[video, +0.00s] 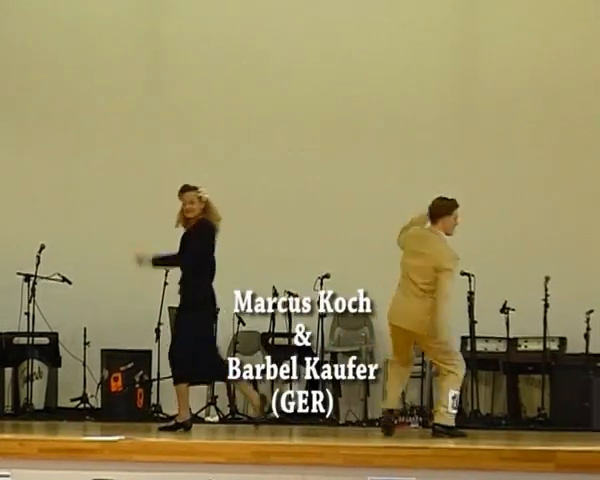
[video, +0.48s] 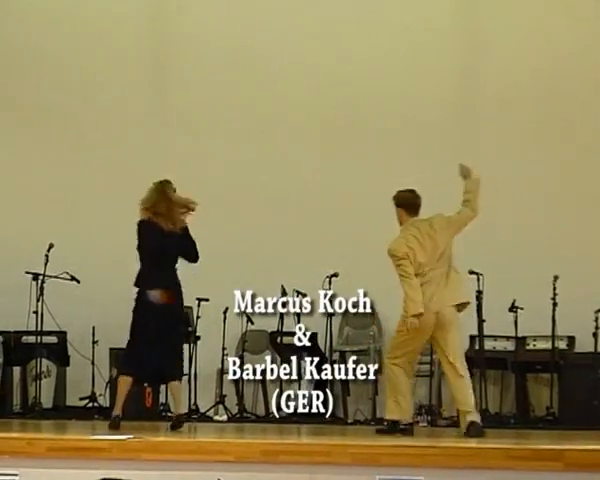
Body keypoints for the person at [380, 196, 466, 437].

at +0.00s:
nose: (457, 222)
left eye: (456, 217)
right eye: (454, 217)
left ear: (431, 218)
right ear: (443, 219)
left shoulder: (412, 237)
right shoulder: (446, 255)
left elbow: (403, 233)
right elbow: (442, 300)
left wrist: (423, 217)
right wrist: (443, 334)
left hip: (398, 316)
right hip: (425, 322)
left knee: (400, 361)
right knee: (454, 366)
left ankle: (389, 411)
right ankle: (444, 421)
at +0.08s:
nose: (461, 220)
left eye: (460, 216)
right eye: (461, 216)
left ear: (438, 215)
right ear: (456, 218)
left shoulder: (417, 238)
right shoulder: (457, 252)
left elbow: (397, 262)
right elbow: (466, 292)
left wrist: (416, 252)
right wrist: (477, 321)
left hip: (407, 314)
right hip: (437, 319)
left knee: (403, 359)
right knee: (460, 368)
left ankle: (398, 414)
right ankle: (447, 420)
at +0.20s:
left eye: (433, 205)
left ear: (431, 208)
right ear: (452, 209)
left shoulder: (416, 237)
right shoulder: (462, 241)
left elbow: (398, 276)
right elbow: (487, 270)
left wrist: (379, 303)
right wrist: (516, 269)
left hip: (414, 313)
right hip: (448, 316)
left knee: (406, 359)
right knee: (459, 368)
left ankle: (392, 406)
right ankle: (451, 420)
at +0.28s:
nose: (423, 207)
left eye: (422, 203)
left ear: (422, 205)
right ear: (444, 204)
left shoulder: (412, 236)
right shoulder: (461, 233)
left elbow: (400, 279)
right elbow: (497, 242)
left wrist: (381, 314)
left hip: (416, 309)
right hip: (450, 310)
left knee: (403, 358)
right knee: (460, 364)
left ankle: (391, 410)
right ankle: (456, 417)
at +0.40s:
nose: (406, 211)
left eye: (406, 208)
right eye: (410, 207)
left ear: (408, 208)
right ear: (428, 206)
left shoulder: (405, 241)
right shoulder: (452, 225)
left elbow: (407, 280)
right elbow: (483, 214)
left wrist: (405, 313)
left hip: (418, 308)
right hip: (448, 306)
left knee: (401, 356)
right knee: (456, 362)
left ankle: (397, 415)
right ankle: (465, 420)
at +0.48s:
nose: (396, 215)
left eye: (396, 211)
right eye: (398, 210)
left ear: (400, 212)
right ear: (419, 209)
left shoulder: (400, 244)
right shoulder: (442, 225)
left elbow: (409, 279)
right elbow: (470, 210)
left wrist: (414, 310)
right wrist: (471, 179)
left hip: (419, 311)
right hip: (446, 309)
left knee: (396, 360)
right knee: (456, 365)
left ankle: (399, 418)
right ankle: (471, 419)